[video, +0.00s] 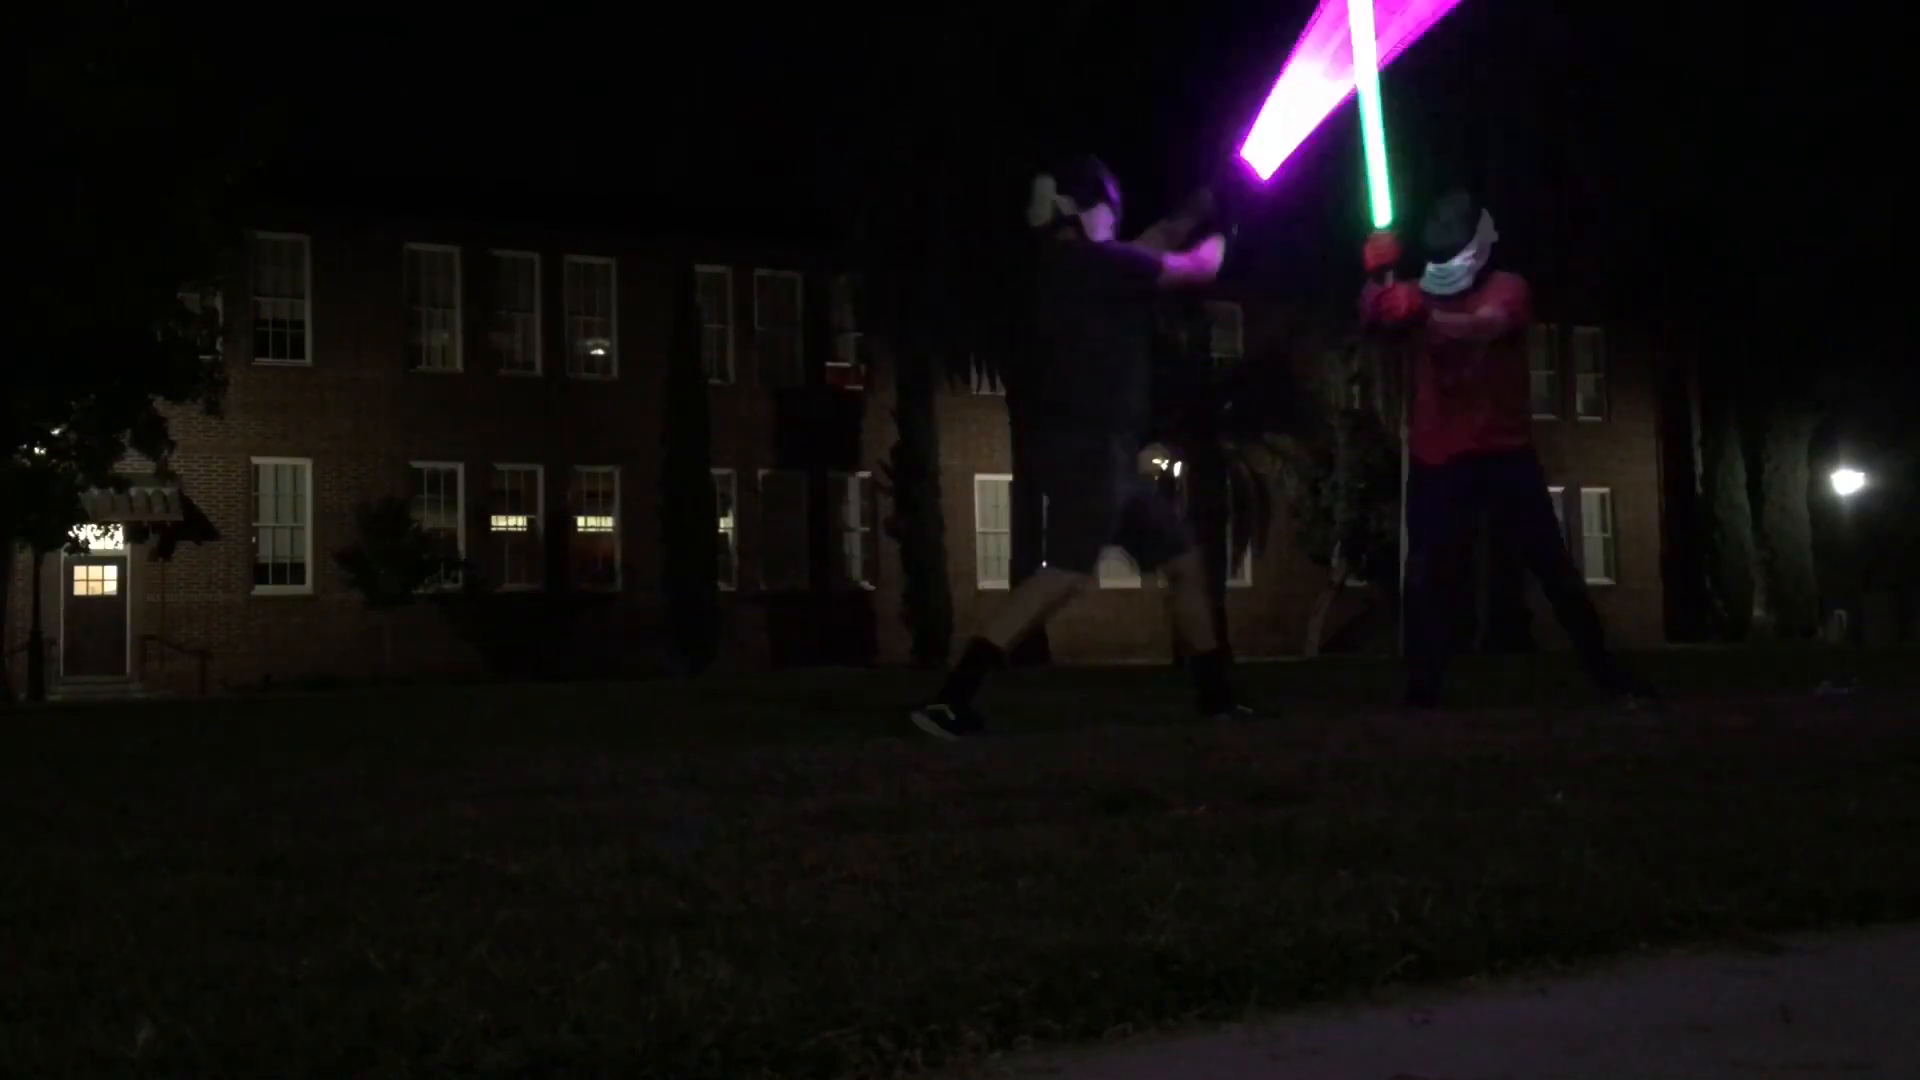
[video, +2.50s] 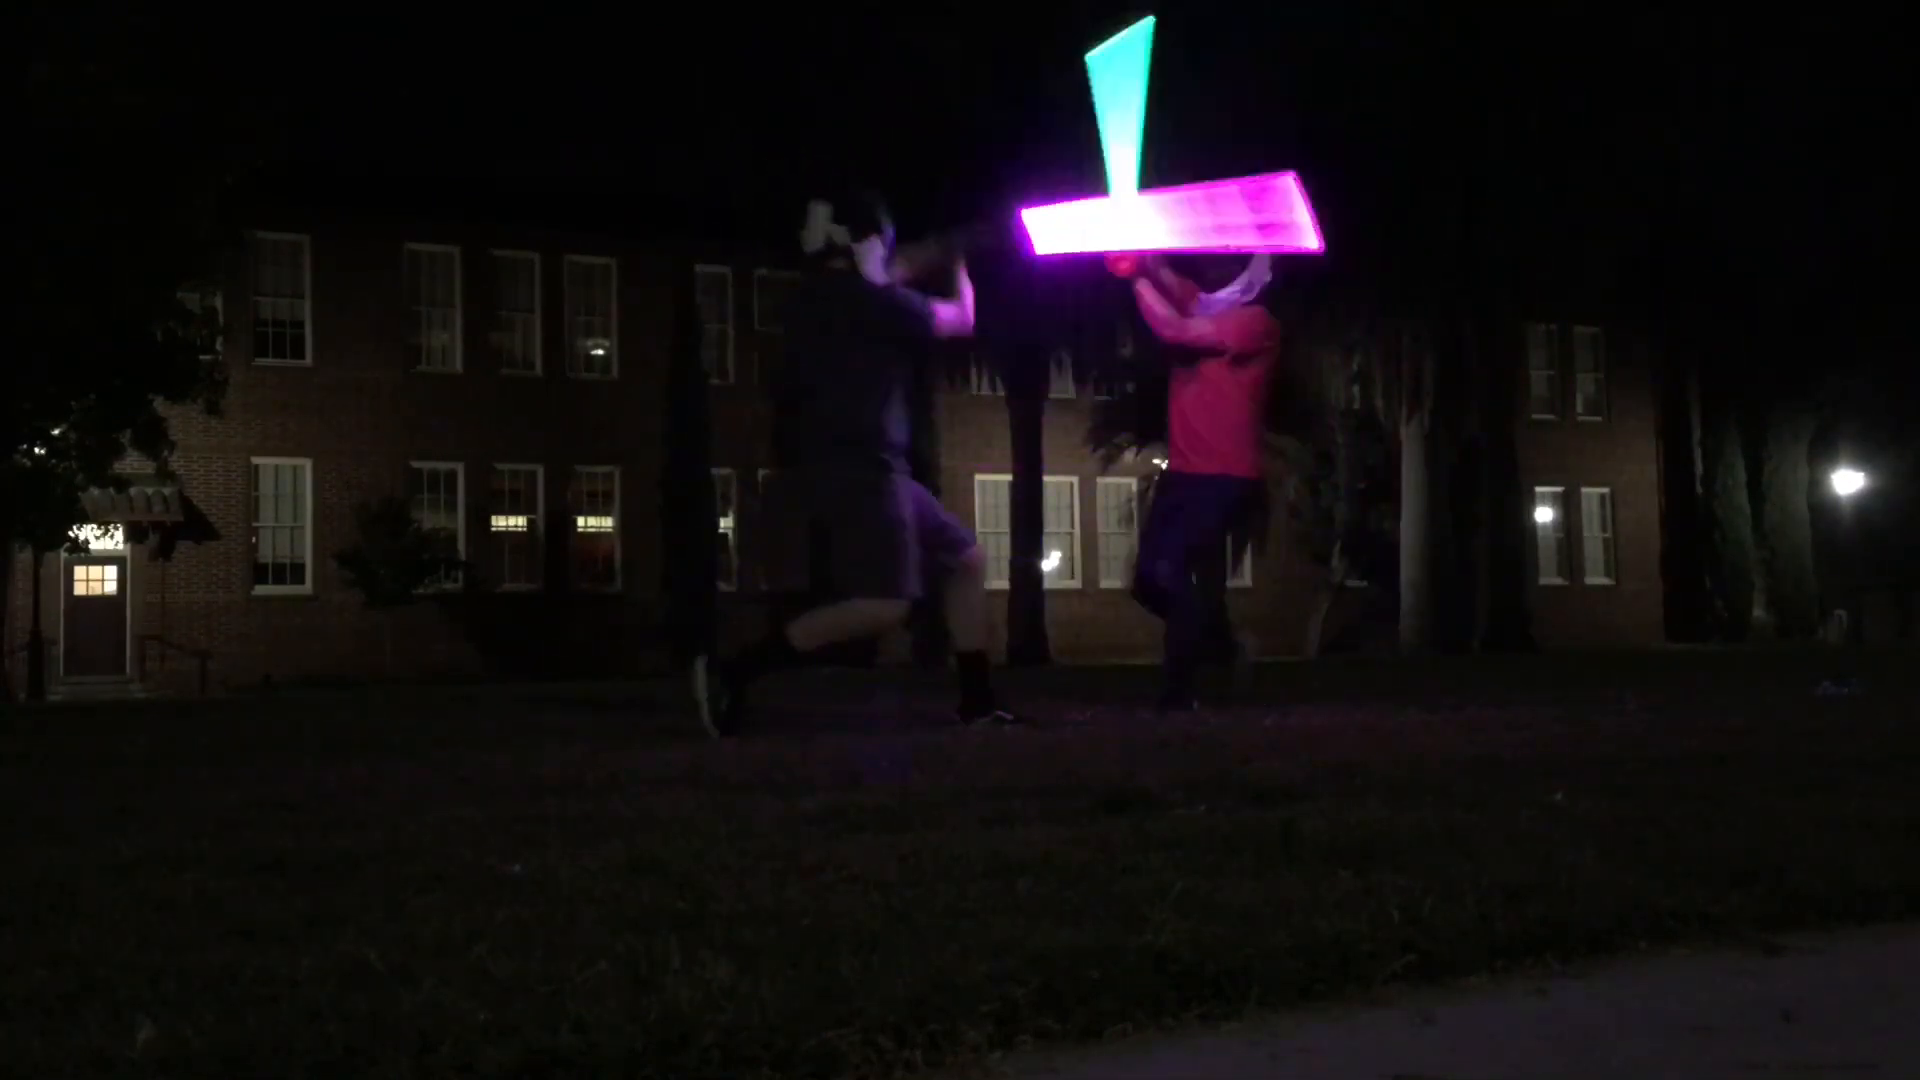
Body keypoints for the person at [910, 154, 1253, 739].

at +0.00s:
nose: (1115, 219)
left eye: (1112, 209)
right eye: (1110, 208)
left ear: (1061, 210)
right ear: (1088, 211)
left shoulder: (1058, 261)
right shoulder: (1095, 262)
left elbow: (1134, 254)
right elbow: (1199, 267)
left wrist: (1187, 216)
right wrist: (1221, 234)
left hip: (1093, 445)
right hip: (1091, 445)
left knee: (1181, 556)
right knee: (1066, 573)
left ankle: (1216, 692)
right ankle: (954, 696)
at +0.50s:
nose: (1113, 227)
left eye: (1101, 218)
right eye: (1102, 219)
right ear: (1089, 227)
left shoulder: (1120, 293)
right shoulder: (1091, 268)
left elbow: (1194, 278)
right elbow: (1173, 197)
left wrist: (1217, 203)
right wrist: (1200, 177)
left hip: (1150, 439)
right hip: (1121, 432)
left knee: (1225, 547)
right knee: (1155, 542)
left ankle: (1223, 693)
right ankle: (1033, 658)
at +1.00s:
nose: (987, 200)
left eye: (984, 188)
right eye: (983, 189)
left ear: (933, 186)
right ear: (970, 188)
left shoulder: (900, 247)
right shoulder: (983, 246)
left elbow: (884, 345)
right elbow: (1038, 332)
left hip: (924, 412)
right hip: (980, 412)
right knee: (987, 548)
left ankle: (955, 680)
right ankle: (968, 689)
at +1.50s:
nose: (848, 206)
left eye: (845, 195)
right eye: (841, 195)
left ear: (786, 199)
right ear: (819, 199)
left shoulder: (758, 256)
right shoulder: (836, 257)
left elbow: (751, 349)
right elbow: (852, 357)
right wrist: (842, 418)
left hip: (752, 427)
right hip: (816, 427)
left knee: (758, 560)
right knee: (887, 537)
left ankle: (739, 705)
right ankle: (873, 685)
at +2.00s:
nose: (801, 200)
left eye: (798, 189)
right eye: (794, 189)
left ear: (746, 192)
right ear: (774, 191)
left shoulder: (720, 242)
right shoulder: (786, 244)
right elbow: (813, 342)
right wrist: (822, 403)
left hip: (720, 413)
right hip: (759, 420)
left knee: (797, 546)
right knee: (715, 558)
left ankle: (751, 684)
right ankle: (683, 701)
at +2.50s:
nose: (888, 254)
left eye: (886, 244)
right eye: (884, 244)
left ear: (835, 245)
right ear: (866, 245)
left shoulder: (820, 296)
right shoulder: (866, 299)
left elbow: (883, 281)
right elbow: (961, 317)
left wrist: (925, 258)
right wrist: (957, 261)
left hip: (860, 470)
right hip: (870, 473)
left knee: (963, 557)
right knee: (886, 599)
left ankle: (976, 698)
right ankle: (735, 672)